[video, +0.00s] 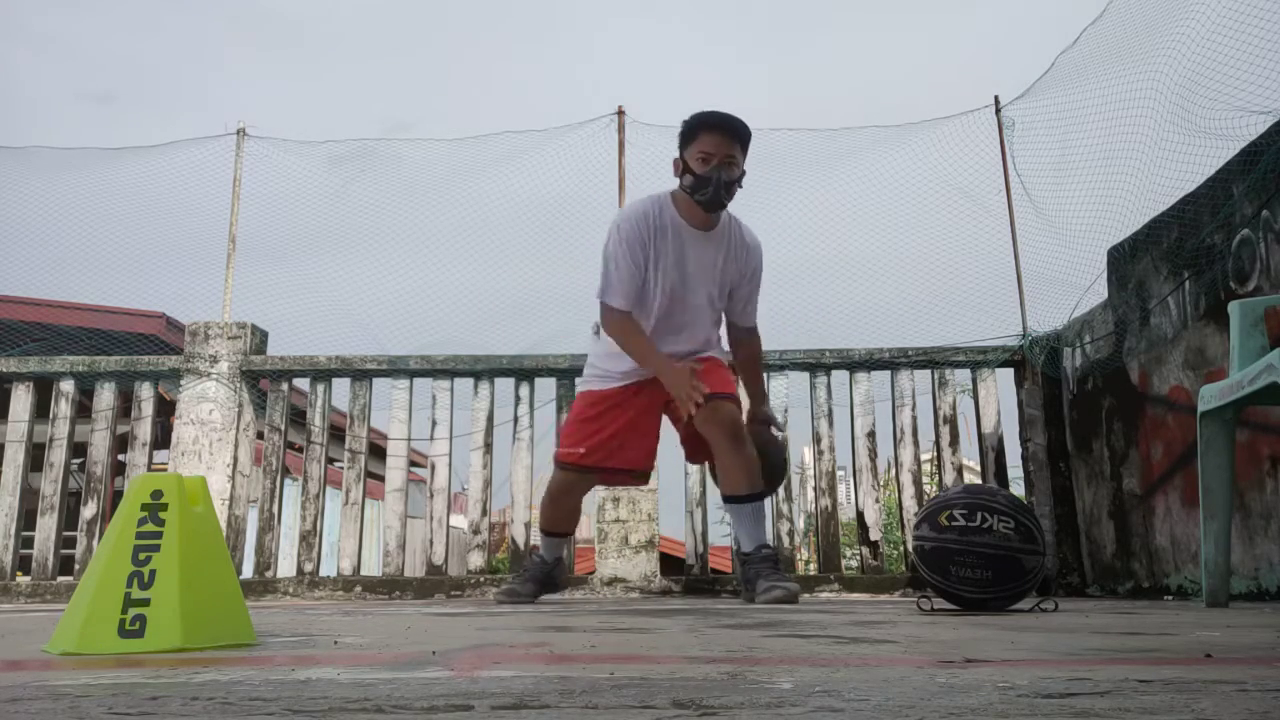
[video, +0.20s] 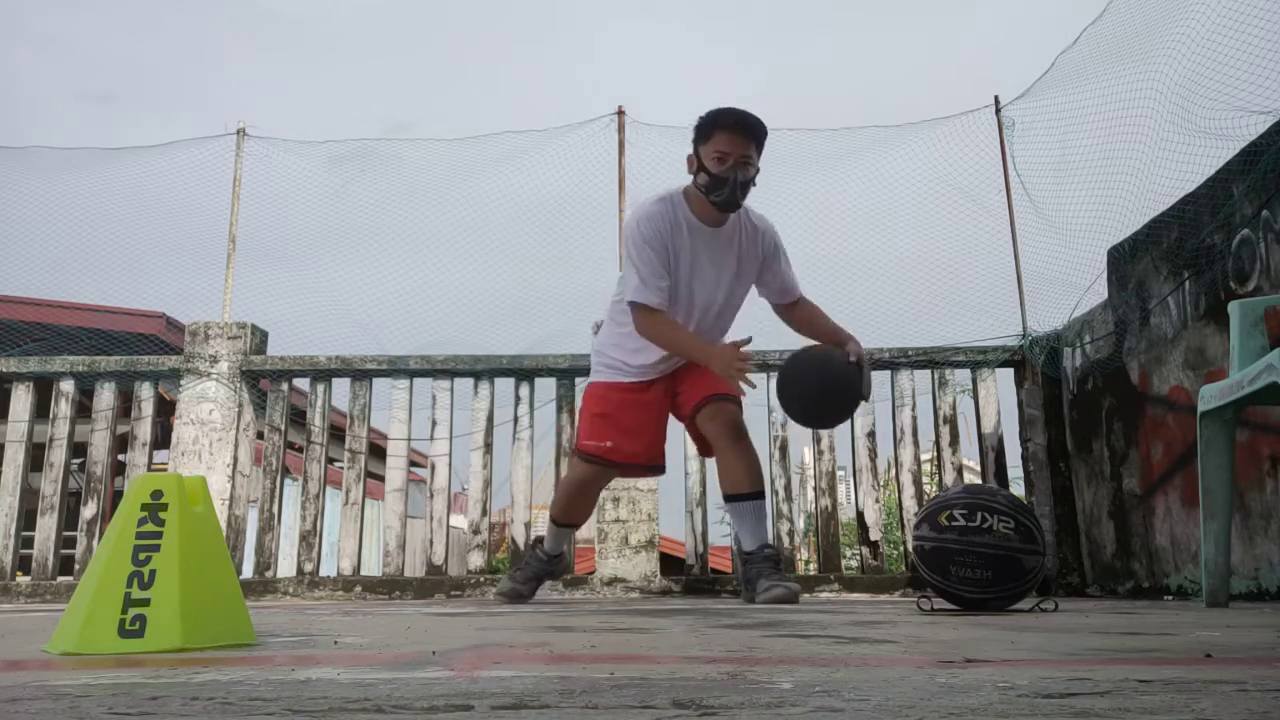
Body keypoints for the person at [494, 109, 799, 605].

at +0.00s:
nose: (718, 174)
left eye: (730, 164)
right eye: (706, 160)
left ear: (742, 174)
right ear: (681, 164)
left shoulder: (743, 246)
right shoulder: (636, 223)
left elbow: (745, 331)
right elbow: (615, 316)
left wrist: (759, 405)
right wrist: (665, 369)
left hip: (696, 362)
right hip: (622, 362)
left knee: (729, 426)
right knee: (571, 470)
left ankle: (757, 563)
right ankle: (547, 564)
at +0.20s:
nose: (731, 174)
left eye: (743, 164)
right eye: (719, 160)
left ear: (756, 170)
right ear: (695, 160)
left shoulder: (758, 236)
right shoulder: (653, 221)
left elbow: (791, 303)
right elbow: (646, 317)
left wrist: (842, 338)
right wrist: (709, 353)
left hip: (697, 359)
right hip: (627, 361)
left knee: (727, 424)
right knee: (592, 465)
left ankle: (759, 563)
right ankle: (549, 554)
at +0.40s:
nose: (688, 158)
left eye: (700, 148)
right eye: (677, 145)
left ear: (716, 155)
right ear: (656, 148)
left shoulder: (728, 221)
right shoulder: (620, 214)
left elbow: (723, 311)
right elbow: (629, 310)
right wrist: (649, 390)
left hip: (689, 355)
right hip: (618, 357)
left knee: (725, 430)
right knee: (571, 460)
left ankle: (761, 563)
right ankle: (542, 565)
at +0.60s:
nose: (642, 171)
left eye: (655, 161)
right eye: (631, 159)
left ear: (674, 169)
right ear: (613, 164)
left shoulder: (699, 235)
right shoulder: (584, 229)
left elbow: (724, 320)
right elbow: (548, 304)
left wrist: (711, 369)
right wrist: (499, 346)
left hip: (680, 365)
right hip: (605, 370)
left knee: (699, 425)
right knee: (542, 447)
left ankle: (756, 561)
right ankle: (540, 569)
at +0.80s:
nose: (657, 165)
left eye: (671, 154)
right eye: (646, 152)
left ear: (691, 164)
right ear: (629, 157)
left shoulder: (713, 233)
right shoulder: (592, 225)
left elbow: (734, 319)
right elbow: (569, 309)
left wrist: (747, 397)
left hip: (682, 362)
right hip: (604, 369)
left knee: (702, 425)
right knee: (550, 452)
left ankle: (755, 562)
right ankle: (541, 568)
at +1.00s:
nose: (713, 169)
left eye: (726, 159)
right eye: (701, 155)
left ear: (739, 169)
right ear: (678, 160)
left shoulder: (745, 243)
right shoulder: (637, 220)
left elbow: (743, 330)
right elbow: (616, 315)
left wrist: (755, 412)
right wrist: (646, 391)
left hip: (693, 362)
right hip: (620, 363)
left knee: (728, 422)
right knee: (569, 475)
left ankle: (758, 564)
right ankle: (542, 565)